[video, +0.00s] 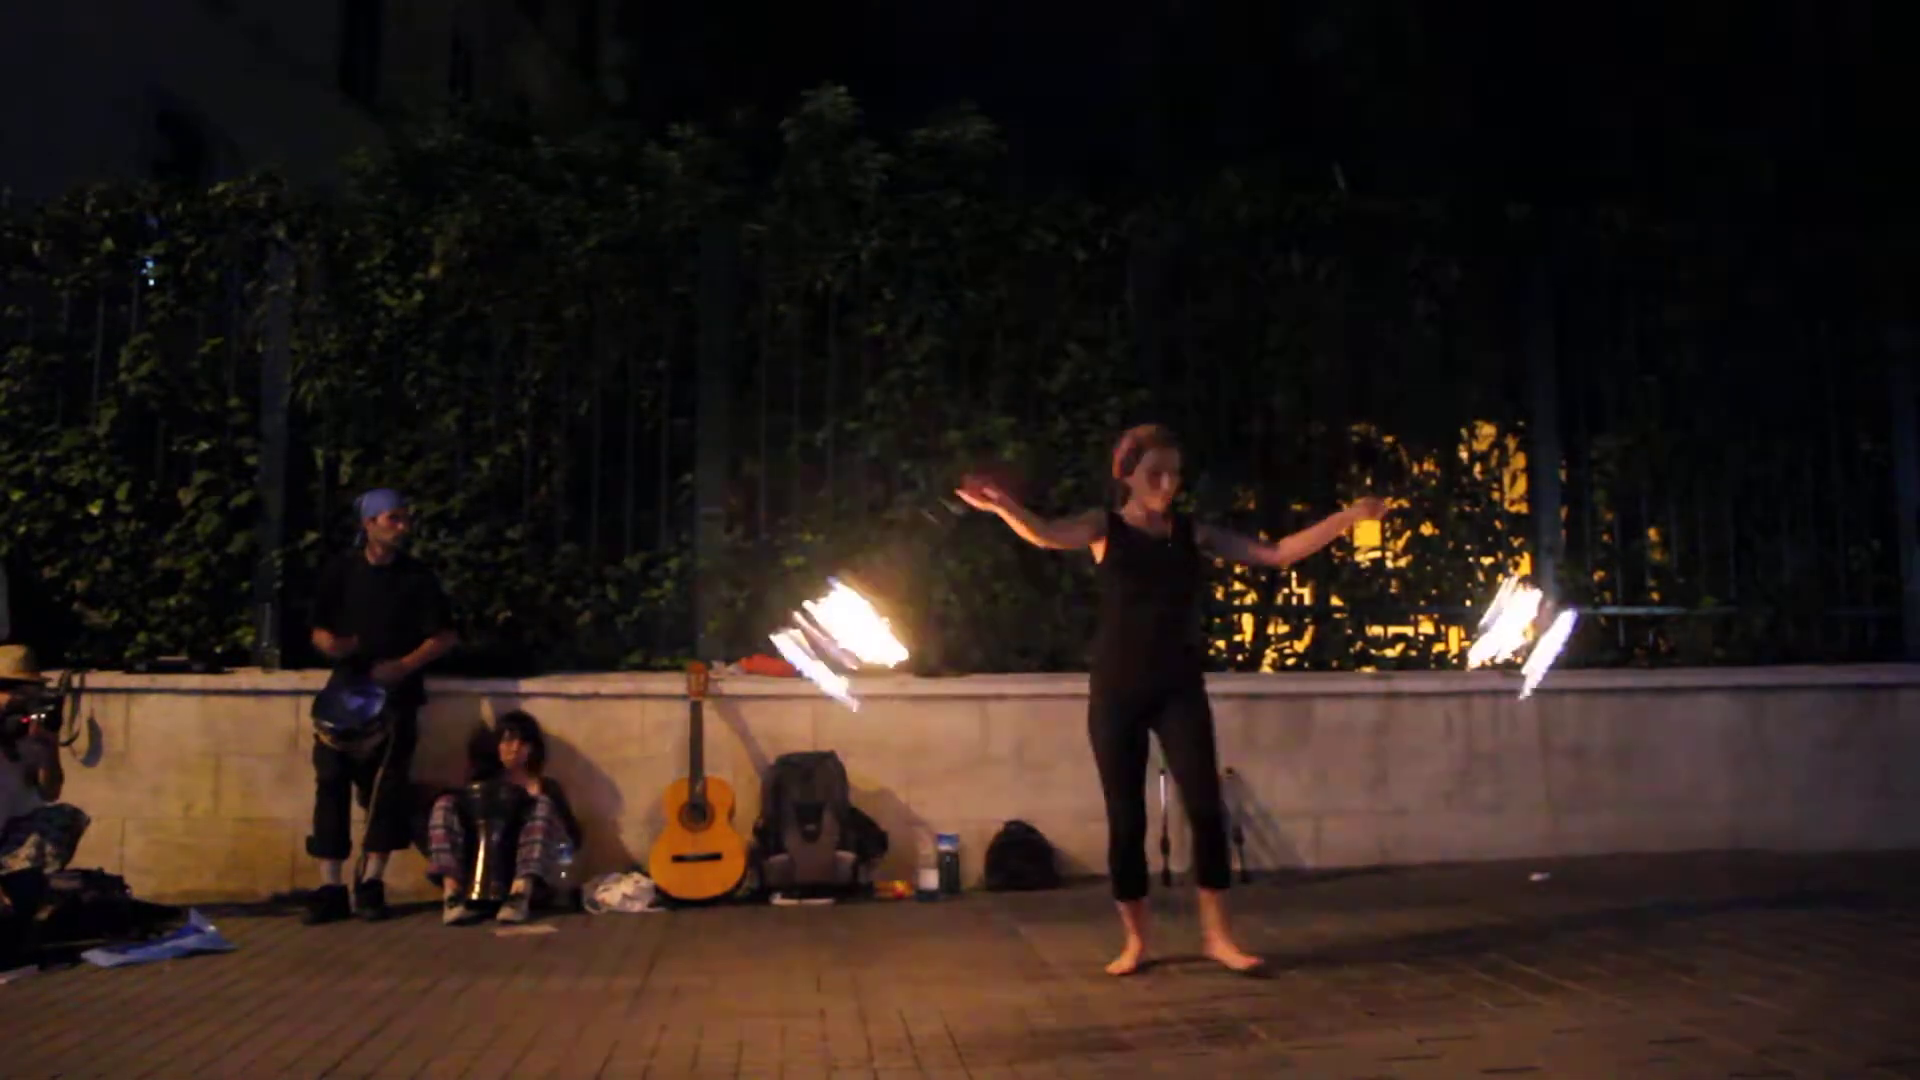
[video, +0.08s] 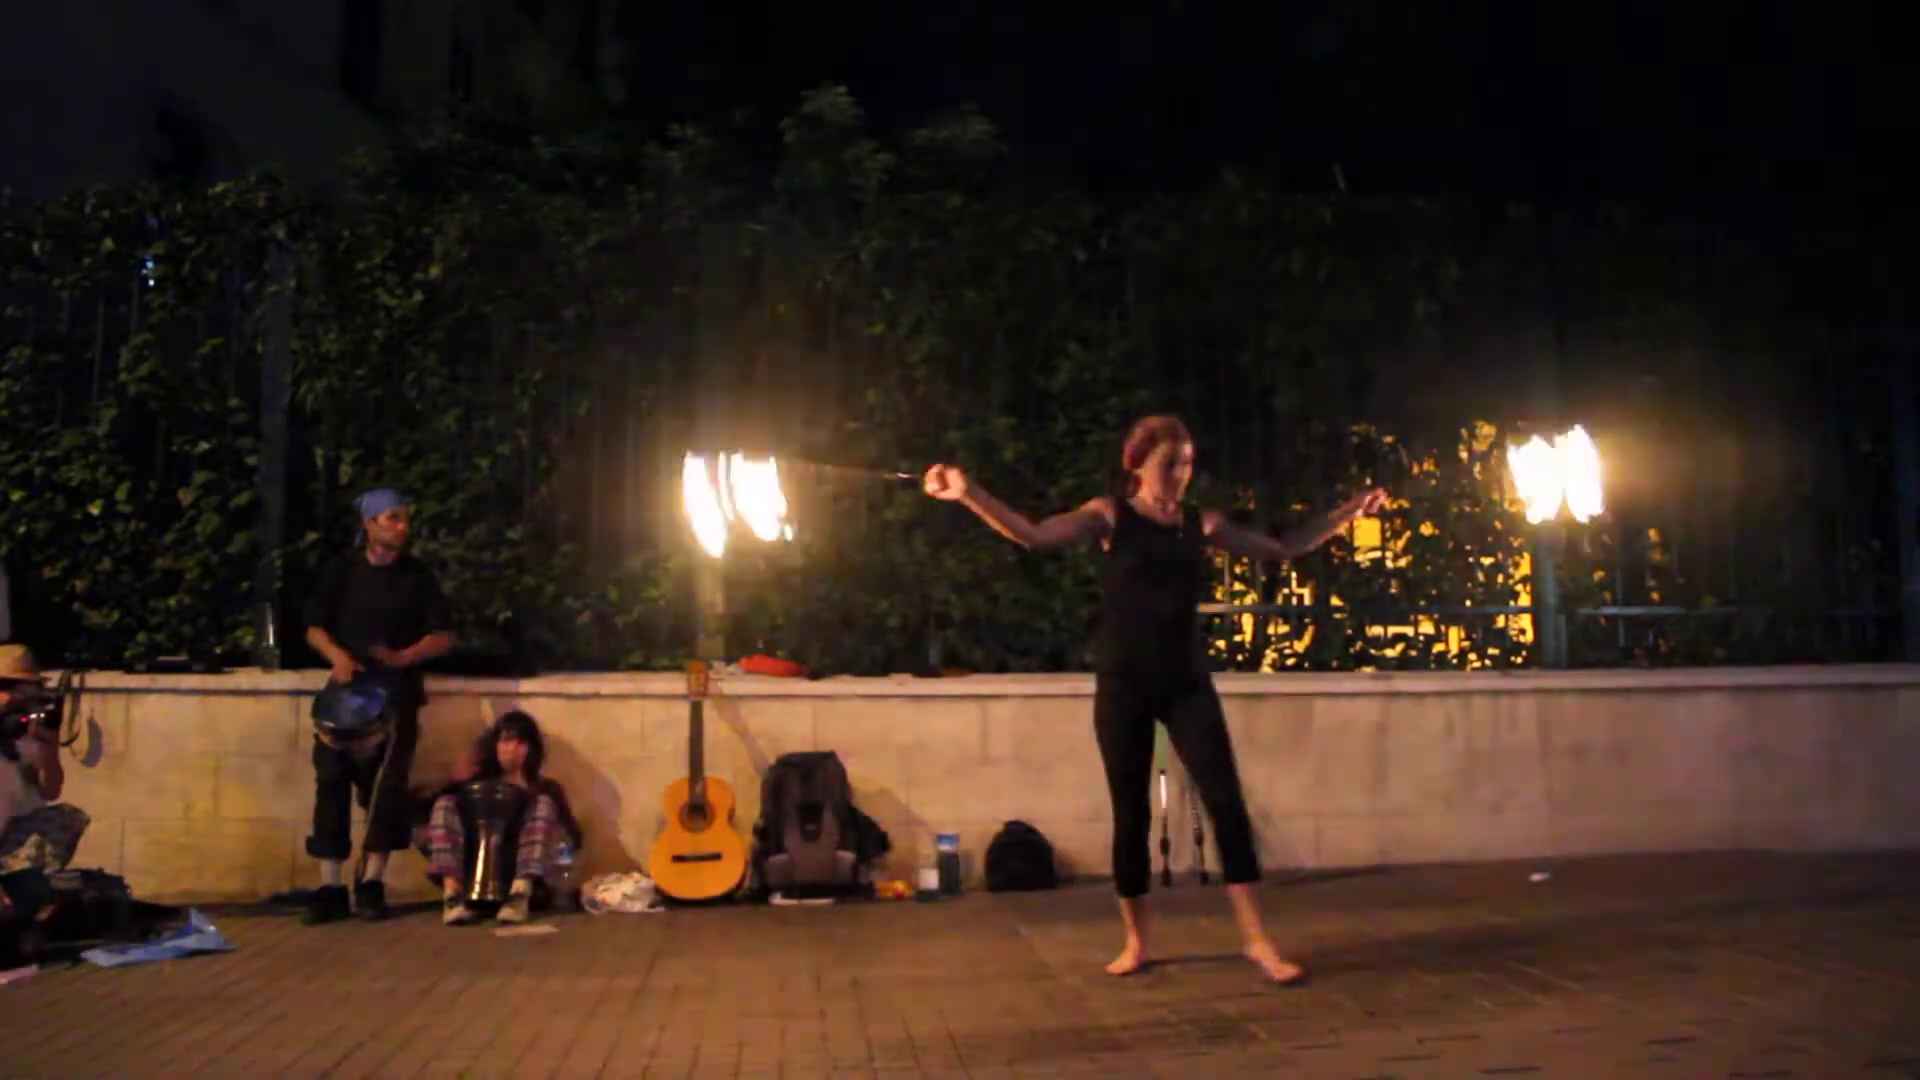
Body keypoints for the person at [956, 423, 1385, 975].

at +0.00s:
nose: (1167, 485)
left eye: (1174, 475)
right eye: (1156, 474)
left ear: (1179, 478)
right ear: (1128, 475)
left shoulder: (1194, 535)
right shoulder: (1104, 527)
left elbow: (1277, 554)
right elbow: (1043, 535)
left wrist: (1347, 518)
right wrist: (1004, 507)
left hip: (1180, 690)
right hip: (1116, 693)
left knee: (1206, 808)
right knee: (1125, 819)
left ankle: (1216, 933)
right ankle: (1135, 939)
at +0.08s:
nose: (1184, 473)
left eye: (1188, 462)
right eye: (1172, 461)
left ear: (1192, 468)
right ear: (1139, 466)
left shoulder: (1202, 526)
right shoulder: (1108, 515)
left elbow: (1282, 549)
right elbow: (1032, 533)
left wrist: (1345, 515)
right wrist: (967, 492)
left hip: (1185, 682)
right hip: (1123, 685)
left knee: (1227, 802)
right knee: (1130, 812)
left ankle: (1256, 938)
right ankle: (1134, 939)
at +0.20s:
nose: (1202, 465)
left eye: (1206, 455)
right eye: (1191, 455)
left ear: (1209, 460)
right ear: (1157, 457)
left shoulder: (1214, 517)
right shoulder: (1125, 507)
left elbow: (1274, 540)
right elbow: (1040, 539)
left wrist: (1334, 512)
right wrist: (964, 518)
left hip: (1203, 676)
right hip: (1139, 677)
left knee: (1249, 800)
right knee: (1137, 809)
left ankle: (1300, 936)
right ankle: (1134, 940)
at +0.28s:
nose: (1209, 466)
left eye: (1215, 457)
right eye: (1201, 455)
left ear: (1219, 458)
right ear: (1170, 454)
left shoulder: (1223, 510)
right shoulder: (1138, 508)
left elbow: (1277, 537)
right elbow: (1057, 544)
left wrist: (1329, 513)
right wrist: (977, 533)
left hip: (1217, 677)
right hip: (1155, 679)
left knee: (1262, 804)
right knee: (1146, 811)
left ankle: (1306, 941)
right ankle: (1135, 940)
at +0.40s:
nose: (1235, 468)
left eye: (1239, 458)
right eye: (1223, 458)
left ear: (1245, 464)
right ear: (1193, 463)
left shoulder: (1255, 520)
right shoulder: (1167, 522)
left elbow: (1302, 544)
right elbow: (1082, 553)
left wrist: (1340, 521)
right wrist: (1007, 546)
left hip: (1245, 688)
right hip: (1182, 690)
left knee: (1279, 816)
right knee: (1163, 816)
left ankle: (1299, 952)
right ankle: (1136, 943)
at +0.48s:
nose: (1251, 468)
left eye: (1256, 459)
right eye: (1239, 458)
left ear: (1260, 466)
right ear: (1205, 465)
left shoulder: (1269, 526)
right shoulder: (1182, 522)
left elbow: (1332, 562)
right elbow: (1102, 561)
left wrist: (1361, 537)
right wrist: (1027, 544)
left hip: (1266, 690)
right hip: (1204, 691)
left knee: (1296, 820)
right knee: (1174, 816)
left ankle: (1300, 954)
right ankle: (1135, 941)